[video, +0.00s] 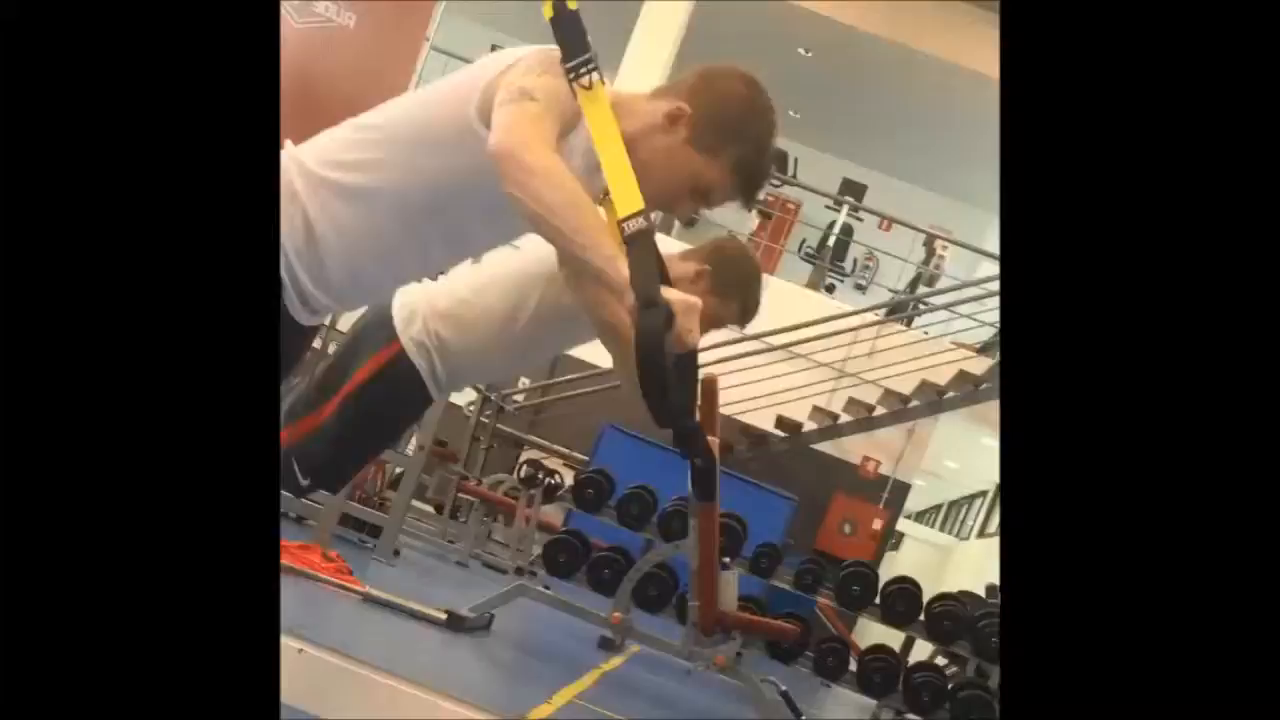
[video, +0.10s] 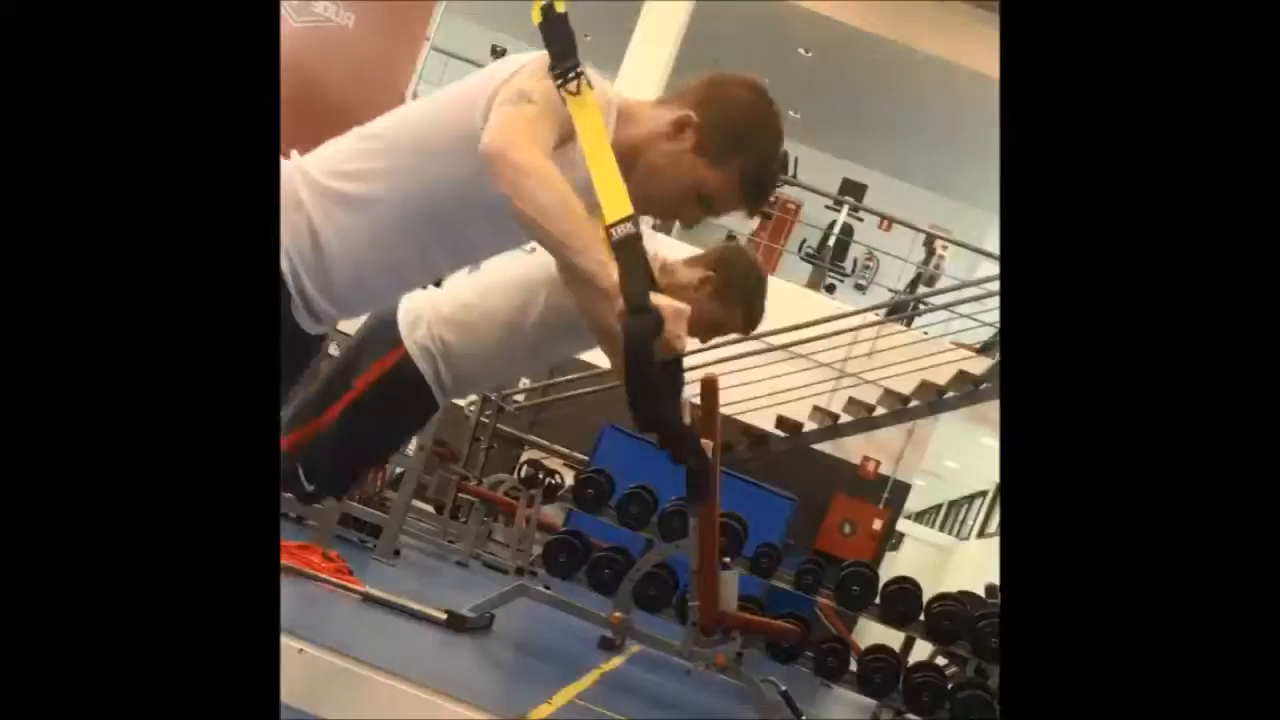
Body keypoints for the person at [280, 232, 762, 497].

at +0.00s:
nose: (703, 328)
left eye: (716, 326)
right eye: (713, 318)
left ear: (692, 274)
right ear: (696, 278)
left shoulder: (634, 291)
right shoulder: (621, 255)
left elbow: (644, 361)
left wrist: (686, 412)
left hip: (423, 365)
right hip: (405, 347)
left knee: (307, 477)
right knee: (294, 469)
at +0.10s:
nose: (695, 336)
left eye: (708, 333)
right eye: (707, 323)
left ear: (698, 277)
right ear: (701, 281)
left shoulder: (646, 288)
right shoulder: (635, 257)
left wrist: (677, 426)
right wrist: (646, 316)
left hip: (432, 370)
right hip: (413, 349)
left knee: (310, 480)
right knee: (297, 472)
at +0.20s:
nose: (701, 345)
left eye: (714, 342)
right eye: (713, 334)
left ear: (707, 292)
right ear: (707, 291)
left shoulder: (650, 300)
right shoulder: (635, 259)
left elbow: (647, 380)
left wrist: (677, 435)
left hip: (445, 382)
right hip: (421, 356)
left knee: (321, 494)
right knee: (300, 486)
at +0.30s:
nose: (705, 356)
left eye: (716, 353)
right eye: (717, 344)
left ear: (709, 300)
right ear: (710, 300)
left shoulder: (655, 318)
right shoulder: (636, 264)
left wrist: (685, 409)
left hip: (449, 395)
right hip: (424, 367)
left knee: (323, 506)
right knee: (298, 489)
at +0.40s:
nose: (718, 357)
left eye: (731, 357)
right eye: (730, 349)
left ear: (718, 309)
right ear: (718, 310)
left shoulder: (658, 332)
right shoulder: (647, 278)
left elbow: (647, 409)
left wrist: (685, 393)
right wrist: (683, 386)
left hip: (450, 405)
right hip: (428, 378)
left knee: (325, 512)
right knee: (304, 497)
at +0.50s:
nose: (725, 369)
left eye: (736, 367)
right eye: (736, 360)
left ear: (723, 320)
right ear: (726, 319)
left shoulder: (661, 329)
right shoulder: (658, 291)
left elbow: (637, 413)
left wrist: (683, 394)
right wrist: (679, 378)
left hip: (457, 414)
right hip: (438, 390)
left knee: (328, 517)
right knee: (305, 504)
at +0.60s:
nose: (727, 390)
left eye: (740, 386)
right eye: (740, 378)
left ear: (731, 341)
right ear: (732, 337)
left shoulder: (670, 350)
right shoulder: (664, 309)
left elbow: (639, 413)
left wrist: (680, 399)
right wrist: (670, 382)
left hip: (465, 424)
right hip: (447, 401)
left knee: (336, 522)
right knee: (313, 512)